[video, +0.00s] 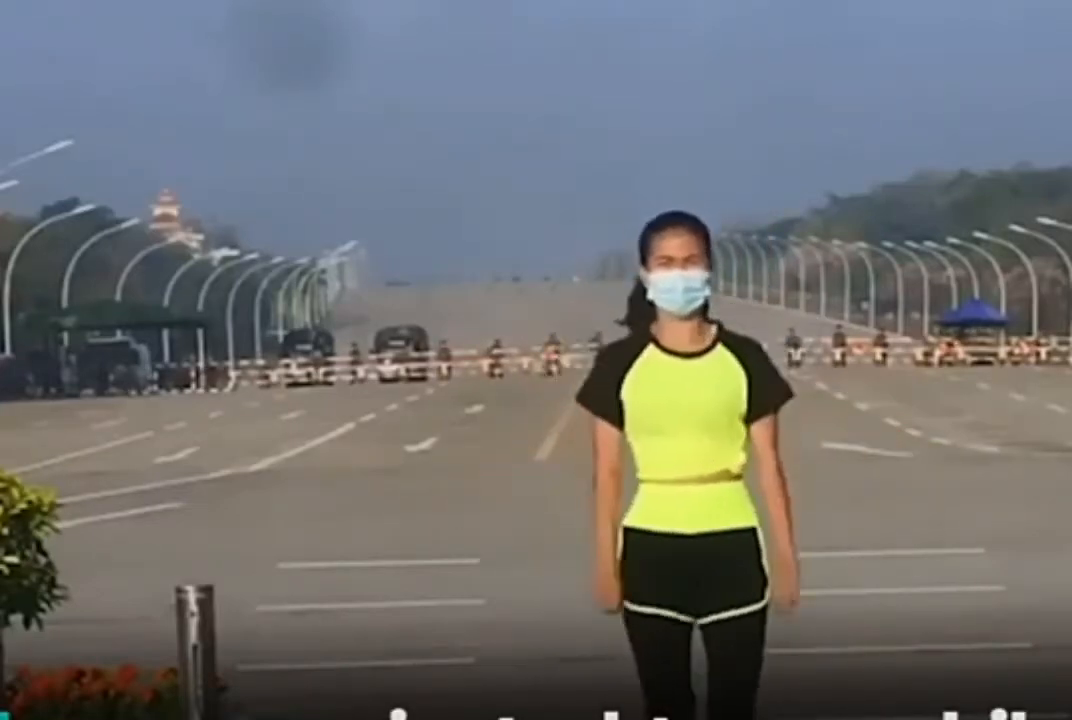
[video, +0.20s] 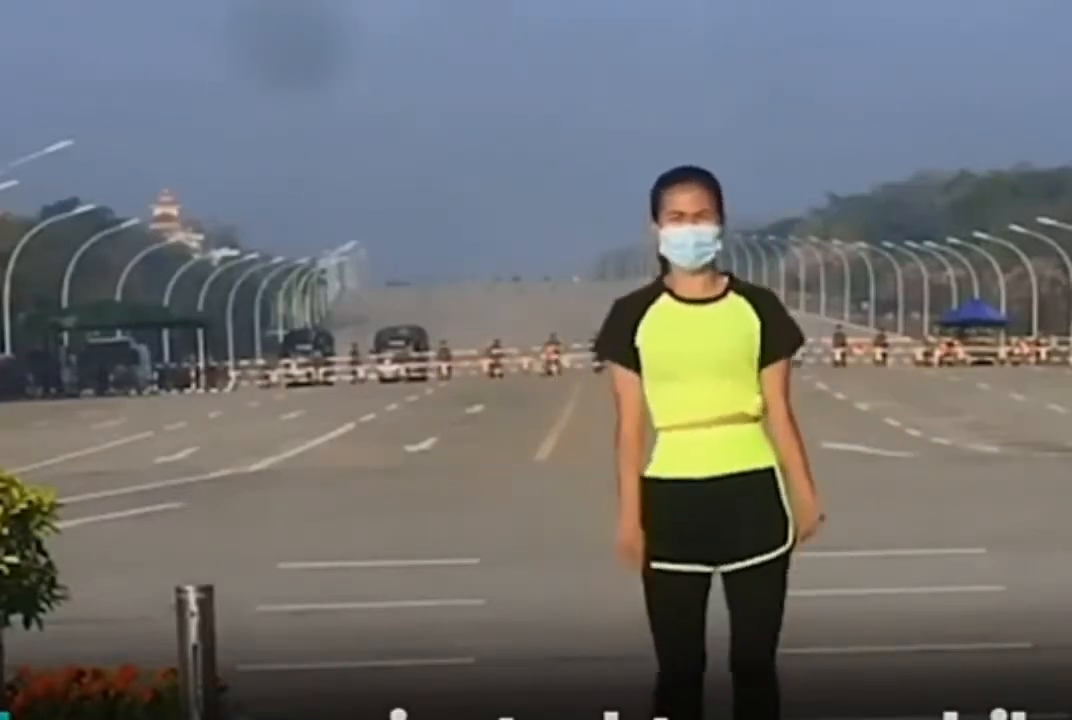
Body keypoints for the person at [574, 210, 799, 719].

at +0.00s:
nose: (682, 275)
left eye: (694, 262)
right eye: (667, 263)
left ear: (710, 272)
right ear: (645, 274)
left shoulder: (745, 357)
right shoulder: (619, 362)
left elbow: (768, 466)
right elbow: (609, 472)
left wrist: (786, 559)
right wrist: (606, 564)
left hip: (732, 550)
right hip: (650, 553)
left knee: (733, 707)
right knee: (667, 708)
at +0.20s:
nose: (690, 229)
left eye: (702, 216)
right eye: (676, 218)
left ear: (721, 224)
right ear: (657, 228)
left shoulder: (760, 307)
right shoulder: (631, 316)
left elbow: (778, 411)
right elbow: (631, 427)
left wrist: (806, 495)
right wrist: (630, 519)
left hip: (754, 500)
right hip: (670, 504)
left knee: (755, 668)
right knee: (680, 672)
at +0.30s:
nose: (707, 225)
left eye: (719, 212)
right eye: (692, 213)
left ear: (737, 218)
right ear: (671, 223)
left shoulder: (774, 295)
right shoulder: (651, 302)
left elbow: (793, 365)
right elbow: (649, 370)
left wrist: (822, 406)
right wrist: (652, 425)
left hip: (767, 486)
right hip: (685, 490)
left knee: (799, 653)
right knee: (682, 662)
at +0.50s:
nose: (732, 284)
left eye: (743, 272)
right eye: (718, 274)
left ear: (761, 281)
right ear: (699, 287)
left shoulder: (793, 355)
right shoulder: (688, 361)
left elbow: (812, 344)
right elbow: (674, 388)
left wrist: (835, 320)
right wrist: (671, 352)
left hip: (795, 549)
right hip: (714, 554)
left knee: (842, 702)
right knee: (685, 704)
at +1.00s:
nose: (774, 246)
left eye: (785, 234)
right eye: (759, 236)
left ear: (803, 244)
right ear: (738, 251)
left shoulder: (839, 317)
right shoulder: (721, 326)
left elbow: (861, 340)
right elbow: (713, 367)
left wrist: (875, 346)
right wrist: (713, 385)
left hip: (835, 507)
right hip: (755, 512)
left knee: (868, 670)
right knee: (726, 670)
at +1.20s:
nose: (793, 214)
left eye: (804, 202)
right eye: (779, 203)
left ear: (822, 210)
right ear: (757, 211)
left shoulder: (861, 287)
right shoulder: (739, 288)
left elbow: (919, 360)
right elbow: (688, 379)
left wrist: (884, 437)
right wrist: (746, 444)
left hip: (847, 483)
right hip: (764, 486)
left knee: (873, 650)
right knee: (759, 656)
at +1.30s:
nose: (806, 275)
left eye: (818, 263)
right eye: (791, 264)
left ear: (834, 274)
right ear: (769, 278)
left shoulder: (867, 345)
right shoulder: (748, 349)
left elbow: (958, 340)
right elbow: (656, 367)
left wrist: (867, 347)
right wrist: (746, 353)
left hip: (859, 539)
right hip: (777, 541)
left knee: (891, 698)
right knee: (763, 701)